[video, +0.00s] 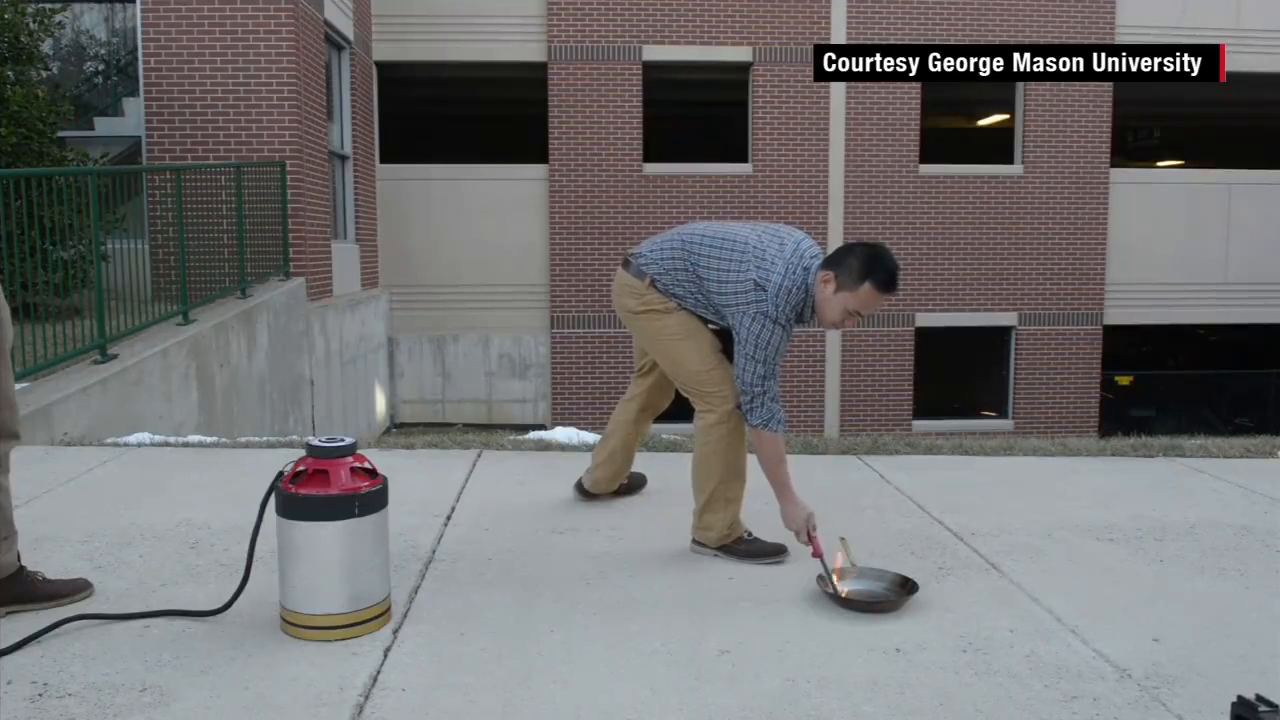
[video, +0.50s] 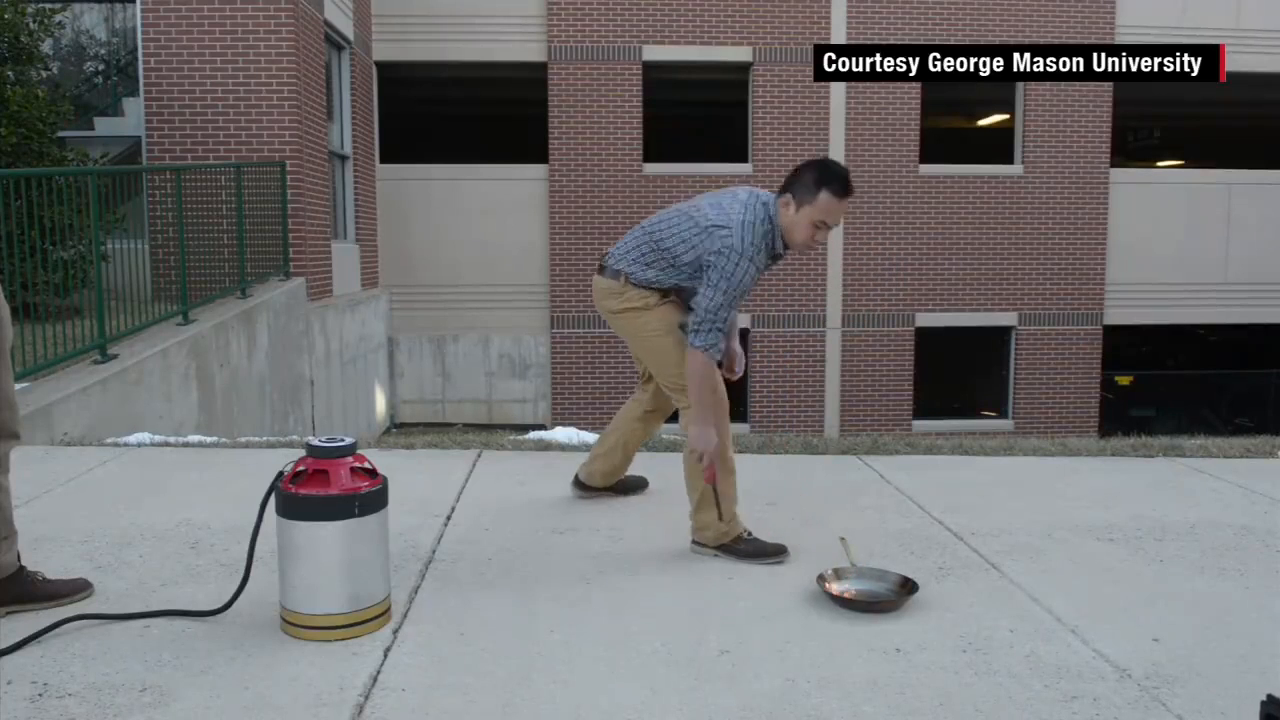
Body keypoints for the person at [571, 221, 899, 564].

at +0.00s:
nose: (851, 325)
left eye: (861, 319)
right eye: (852, 313)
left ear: (830, 277)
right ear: (827, 282)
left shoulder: (803, 255)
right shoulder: (766, 299)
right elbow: (760, 406)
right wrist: (789, 501)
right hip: (651, 289)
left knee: (652, 387)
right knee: (723, 401)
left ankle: (601, 478)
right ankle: (717, 532)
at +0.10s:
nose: (850, 324)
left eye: (860, 317)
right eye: (851, 312)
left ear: (829, 276)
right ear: (826, 281)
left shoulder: (802, 253)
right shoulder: (766, 297)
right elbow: (757, 403)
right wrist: (787, 498)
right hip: (650, 288)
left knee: (652, 387)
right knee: (722, 401)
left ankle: (601, 478)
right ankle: (717, 531)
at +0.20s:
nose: (847, 316)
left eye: (857, 309)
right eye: (848, 304)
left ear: (826, 269)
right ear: (823, 273)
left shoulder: (800, 250)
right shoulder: (764, 292)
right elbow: (743, 394)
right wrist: (776, 490)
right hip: (647, 286)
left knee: (652, 387)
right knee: (718, 398)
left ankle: (601, 477)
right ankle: (716, 531)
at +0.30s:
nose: (843, 303)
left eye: (853, 295)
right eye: (844, 290)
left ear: (822, 256)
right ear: (819, 261)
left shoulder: (794, 242)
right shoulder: (761, 285)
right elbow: (735, 388)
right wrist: (759, 480)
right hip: (645, 286)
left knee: (655, 386)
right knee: (714, 399)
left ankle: (599, 477)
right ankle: (717, 531)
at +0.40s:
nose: (836, 270)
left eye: (845, 262)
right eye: (834, 257)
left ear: (806, 230)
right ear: (805, 232)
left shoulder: (778, 225)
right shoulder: (751, 264)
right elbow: (720, 360)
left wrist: (731, 346)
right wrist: (725, 453)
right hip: (636, 287)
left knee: (660, 382)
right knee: (707, 400)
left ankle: (598, 476)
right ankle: (717, 532)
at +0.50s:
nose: (822, 238)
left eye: (830, 229)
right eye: (819, 225)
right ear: (788, 204)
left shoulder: (765, 219)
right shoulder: (741, 239)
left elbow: (728, 282)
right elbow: (703, 337)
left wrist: (730, 334)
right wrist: (701, 422)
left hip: (660, 285)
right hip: (630, 288)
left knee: (665, 388)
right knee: (707, 399)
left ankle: (597, 473)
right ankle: (716, 530)